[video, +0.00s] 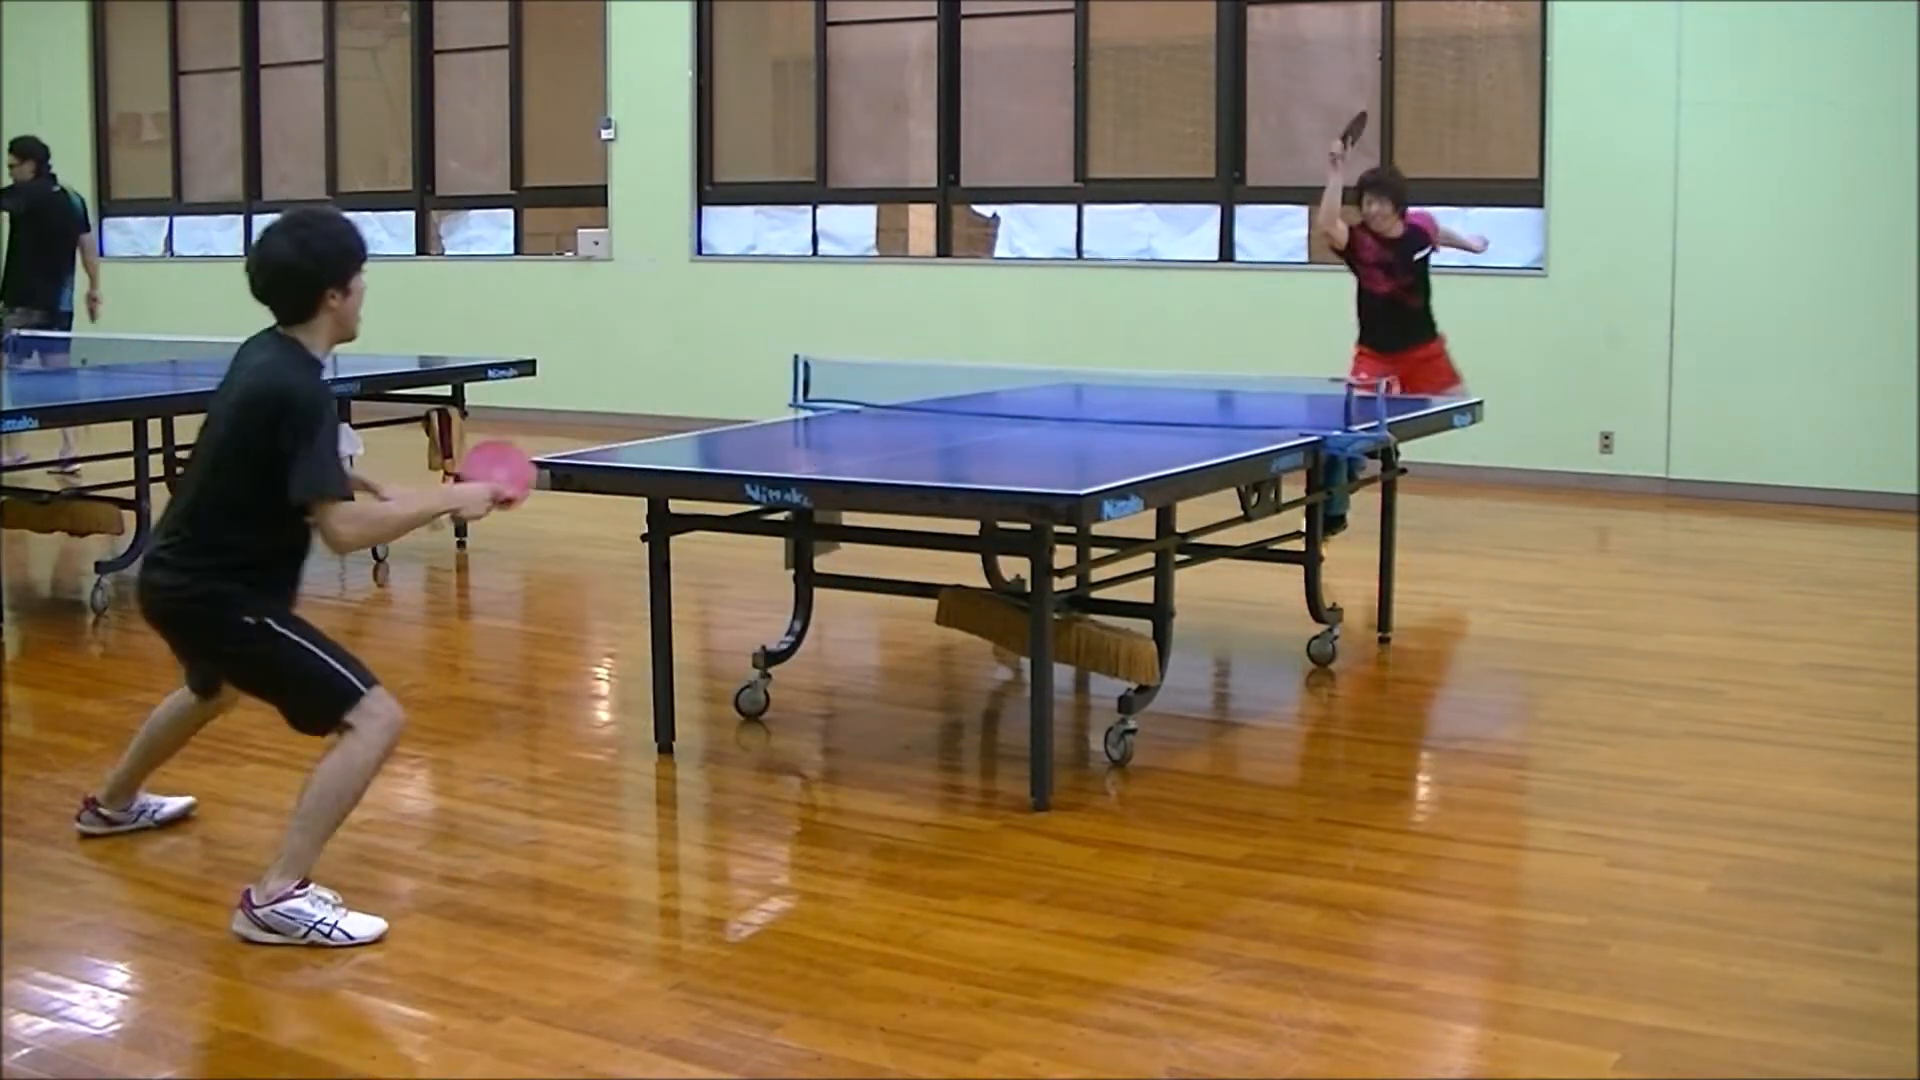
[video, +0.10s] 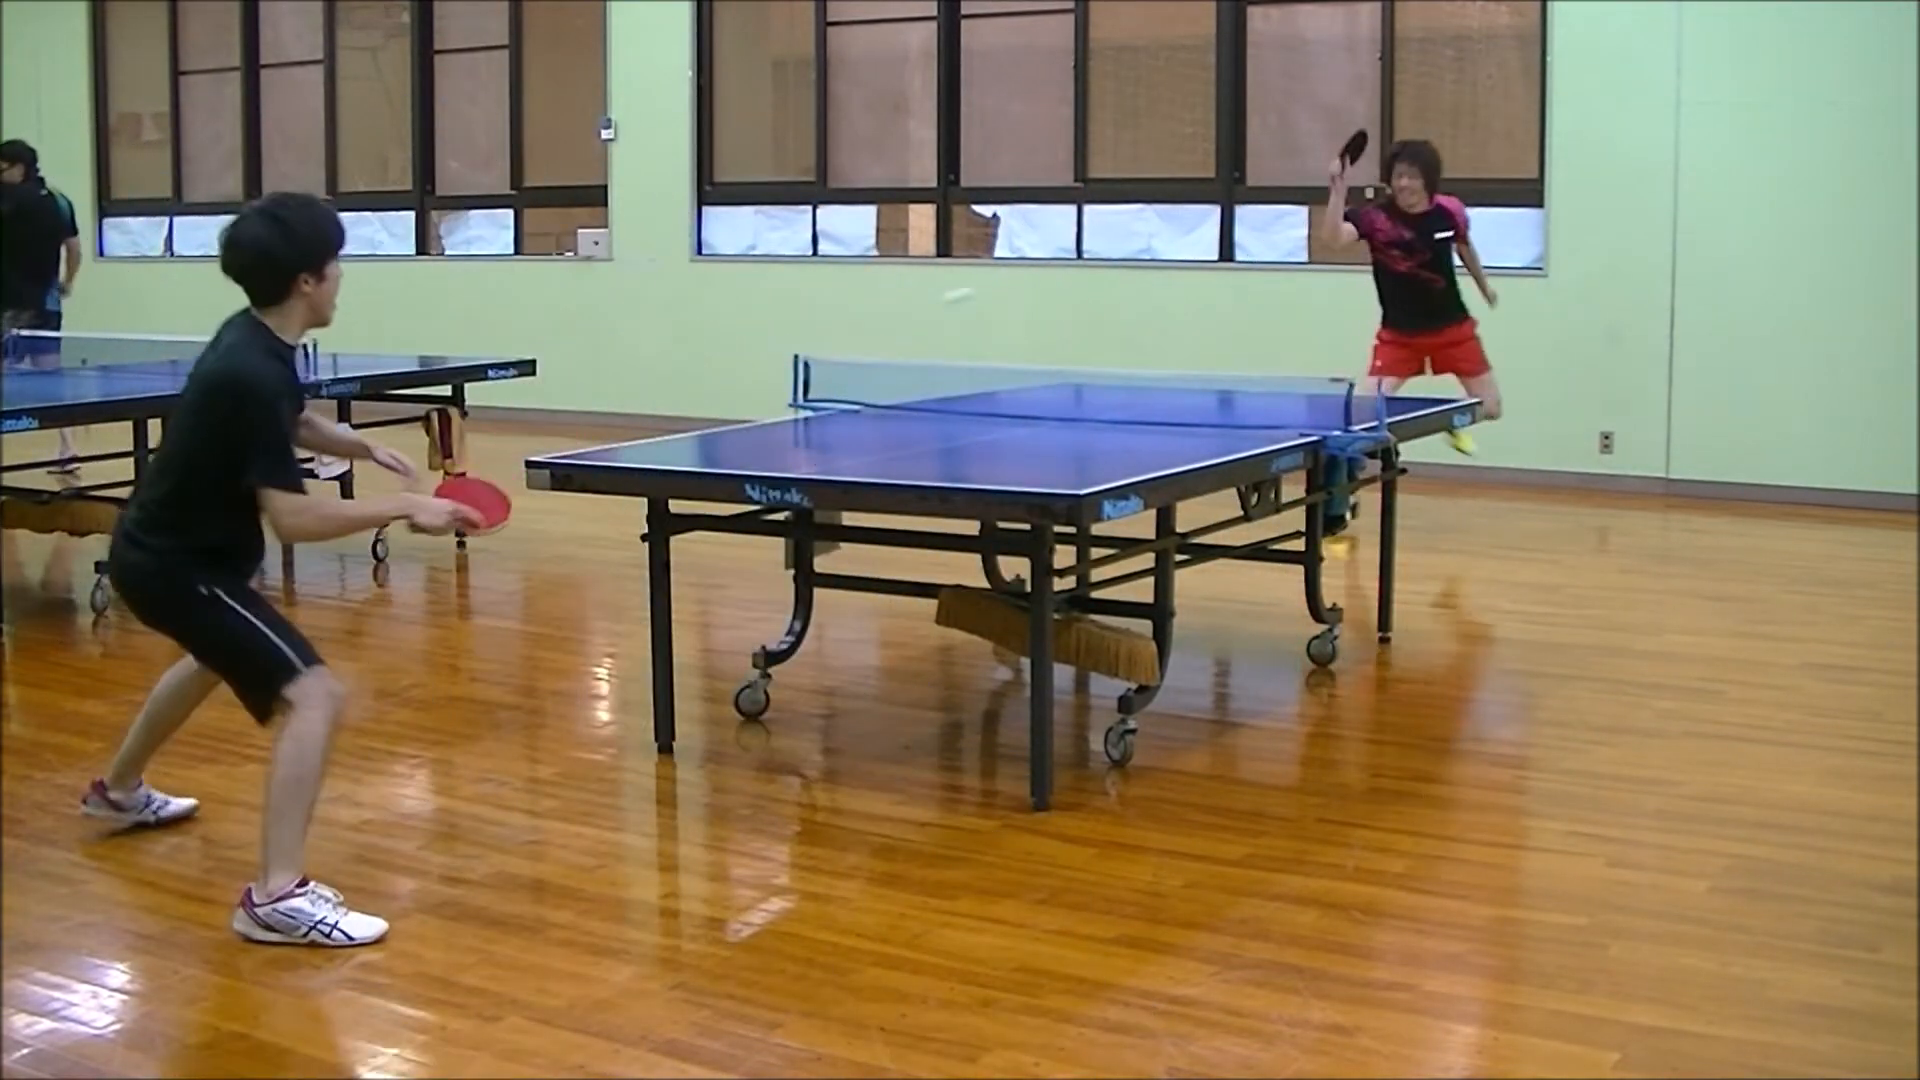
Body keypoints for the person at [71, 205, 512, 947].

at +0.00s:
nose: (363, 292)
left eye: (360, 278)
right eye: (358, 280)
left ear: (288, 293)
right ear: (333, 297)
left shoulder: (265, 356)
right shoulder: (302, 389)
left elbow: (286, 454)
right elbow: (342, 528)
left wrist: (366, 486)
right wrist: (449, 500)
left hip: (173, 579)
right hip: (215, 597)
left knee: (214, 686)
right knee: (376, 717)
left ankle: (111, 803)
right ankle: (279, 893)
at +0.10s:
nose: (340, 280)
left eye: (337, 267)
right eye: (335, 268)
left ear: (277, 279)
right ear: (309, 282)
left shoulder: (258, 343)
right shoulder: (256, 372)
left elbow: (294, 423)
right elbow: (292, 520)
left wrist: (366, 449)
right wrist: (406, 510)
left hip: (168, 548)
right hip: (171, 565)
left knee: (225, 647)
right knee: (314, 693)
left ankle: (117, 786)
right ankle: (277, 893)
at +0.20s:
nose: (314, 272)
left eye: (312, 259)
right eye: (308, 261)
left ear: (259, 270)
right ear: (274, 276)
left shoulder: (263, 333)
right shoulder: (203, 361)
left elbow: (304, 405)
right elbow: (199, 508)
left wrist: (314, 413)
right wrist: (322, 499)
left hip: (190, 535)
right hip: (144, 543)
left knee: (220, 653)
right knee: (277, 674)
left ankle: (116, 767)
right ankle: (217, 873)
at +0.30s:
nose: (287, 290)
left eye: (285, 277)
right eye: (278, 280)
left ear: (236, 291)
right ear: (240, 293)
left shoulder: (241, 348)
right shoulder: (168, 389)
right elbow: (151, 532)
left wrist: (280, 417)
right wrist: (247, 468)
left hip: (185, 549)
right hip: (136, 564)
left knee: (218, 676)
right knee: (249, 685)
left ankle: (103, 783)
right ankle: (169, 871)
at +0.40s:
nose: (267, 256)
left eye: (262, 241)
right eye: (257, 244)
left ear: (211, 261)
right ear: (222, 267)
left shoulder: (194, 316)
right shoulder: (171, 356)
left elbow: (198, 389)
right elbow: (165, 501)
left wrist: (242, 381)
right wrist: (250, 434)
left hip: (164, 529)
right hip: (129, 544)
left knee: (195, 649)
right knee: (245, 682)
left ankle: (110, 783)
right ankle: (169, 870)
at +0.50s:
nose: (222, 212)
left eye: (218, 199)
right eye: (214, 201)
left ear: (159, 214)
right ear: (181, 215)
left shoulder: (132, 286)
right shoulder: (176, 302)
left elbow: (150, 398)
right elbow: (199, 435)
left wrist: (207, 332)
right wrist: (276, 374)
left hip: (110, 512)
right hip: (157, 523)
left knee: (152, 626)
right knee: (241, 680)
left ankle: (113, 780)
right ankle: (169, 865)